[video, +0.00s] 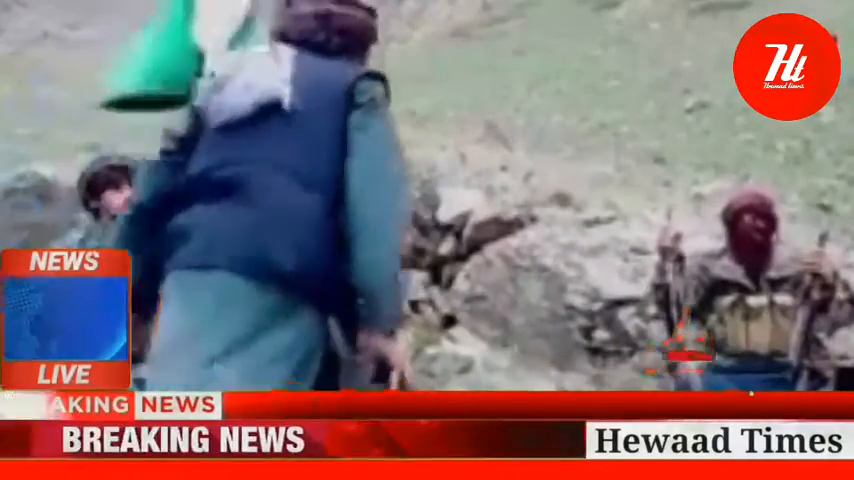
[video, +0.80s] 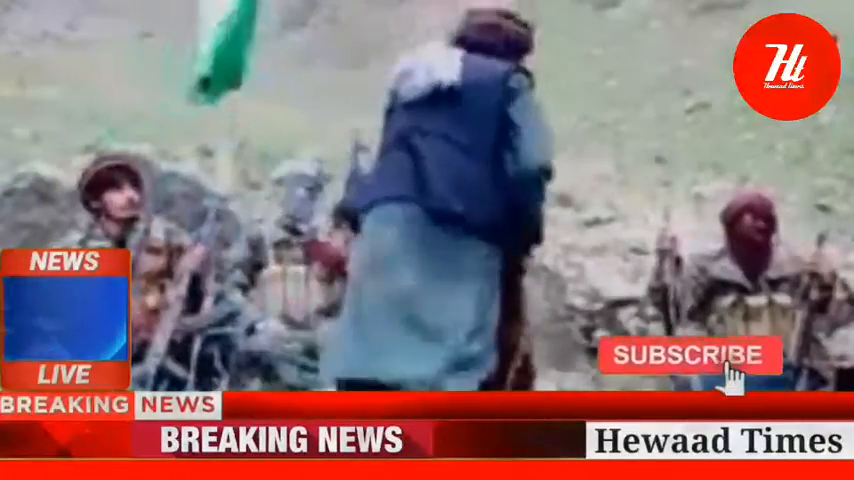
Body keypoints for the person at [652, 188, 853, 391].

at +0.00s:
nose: (759, 224)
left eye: (765, 218)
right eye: (750, 216)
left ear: (774, 227)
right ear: (732, 224)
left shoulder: (796, 270)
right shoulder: (705, 268)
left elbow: (825, 323)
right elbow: (675, 317)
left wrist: (829, 285)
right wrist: (668, 265)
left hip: (784, 373)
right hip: (723, 373)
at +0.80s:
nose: (763, 226)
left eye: (768, 220)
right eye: (754, 217)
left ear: (774, 227)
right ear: (732, 223)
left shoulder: (795, 270)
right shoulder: (703, 269)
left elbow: (832, 319)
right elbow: (676, 313)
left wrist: (828, 290)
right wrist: (667, 269)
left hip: (787, 374)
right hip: (720, 375)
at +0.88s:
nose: (763, 225)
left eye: (768, 219)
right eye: (753, 217)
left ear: (774, 226)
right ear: (732, 223)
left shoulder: (793, 269)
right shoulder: (704, 269)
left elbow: (832, 319)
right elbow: (675, 311)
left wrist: (827, 289)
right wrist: (666, 267)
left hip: (787, 374)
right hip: (721, 376)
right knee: (688, 339)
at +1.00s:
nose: (762, 225)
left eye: (767, 219)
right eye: (753, 217)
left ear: (773, 226)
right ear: (731, 224)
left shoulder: (794, 269)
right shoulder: (703, 268)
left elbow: (831, 319)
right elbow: (675, 314)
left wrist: (827, 288)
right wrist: (665, 267)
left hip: (786, 377)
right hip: (720, 378)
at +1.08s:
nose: (763, 225)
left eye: (767, 218)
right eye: (753, 217)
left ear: (773, 226)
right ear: (731, 224)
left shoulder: (795, 269)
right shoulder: (703, 268)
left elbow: (837, 318)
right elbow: (674, 312)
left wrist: (826, 289)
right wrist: (665, 267)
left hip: (786, 376)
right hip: (719, 377)